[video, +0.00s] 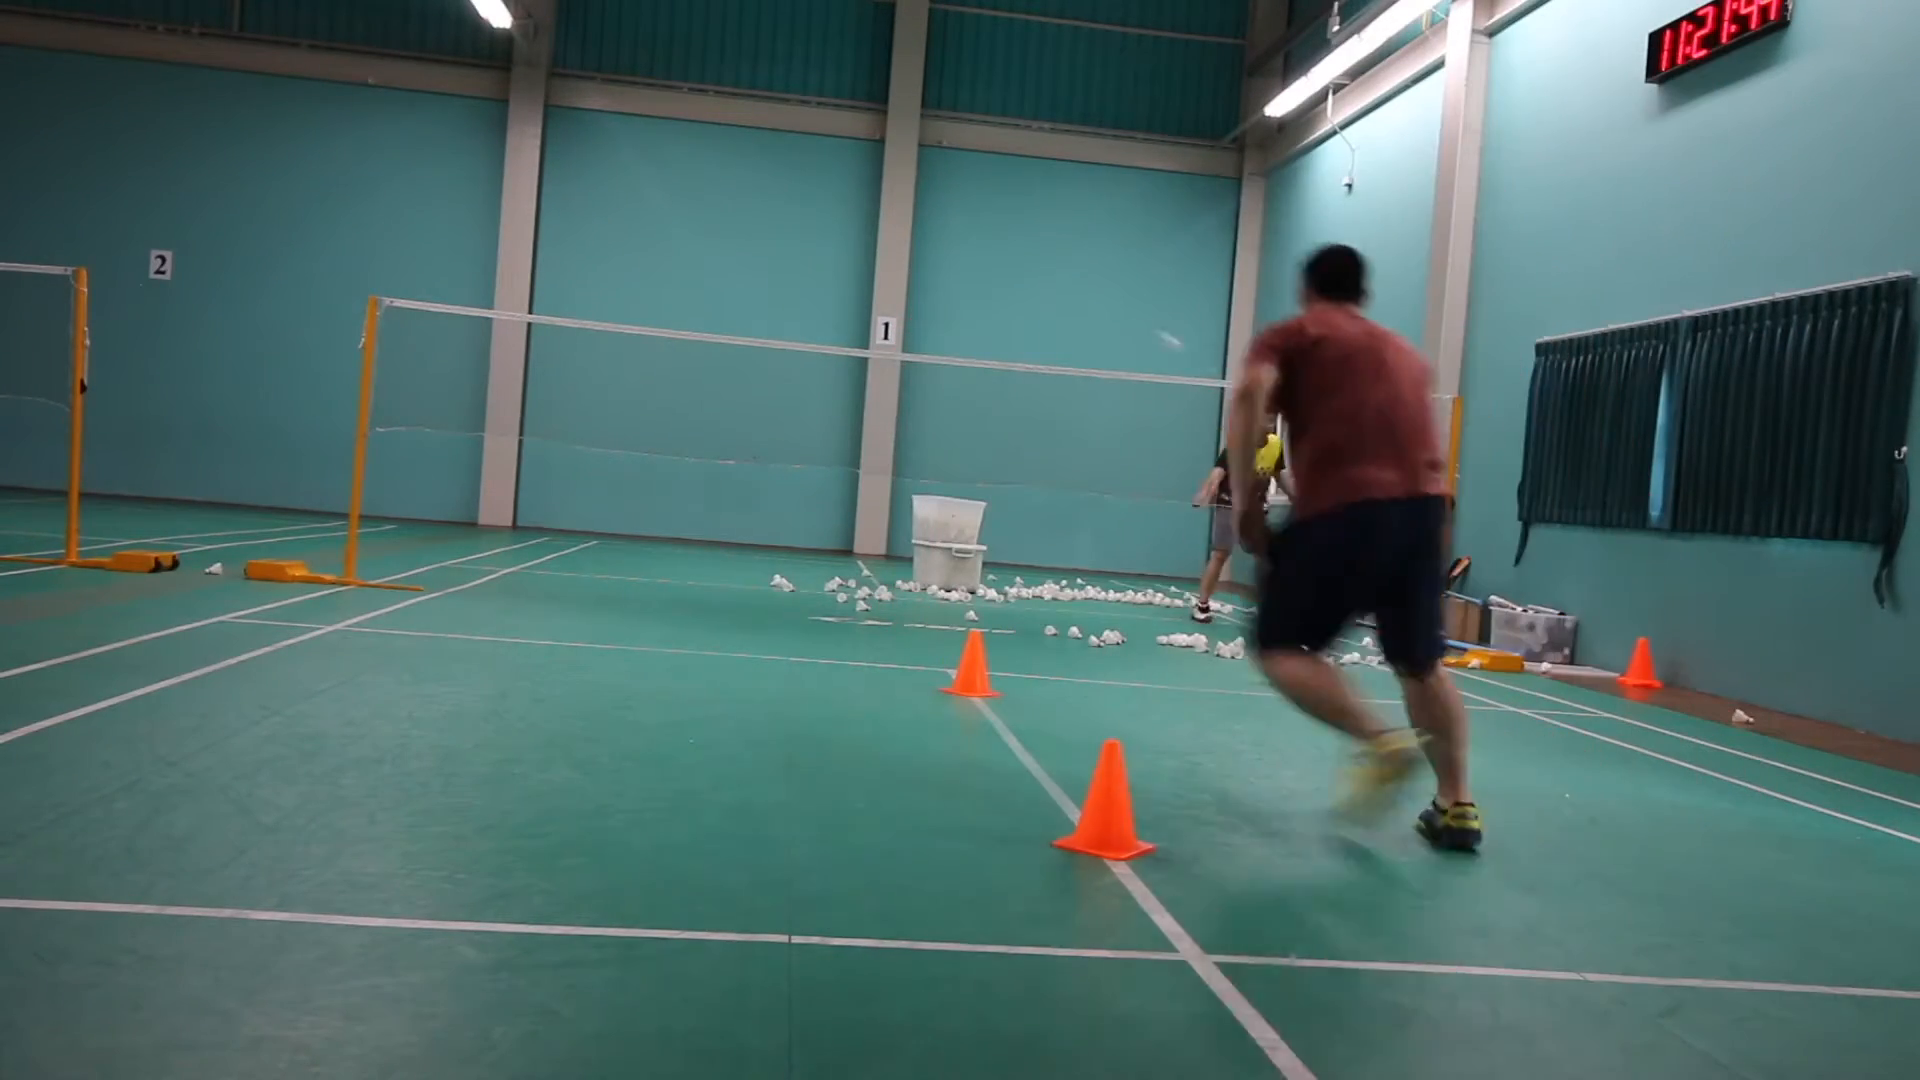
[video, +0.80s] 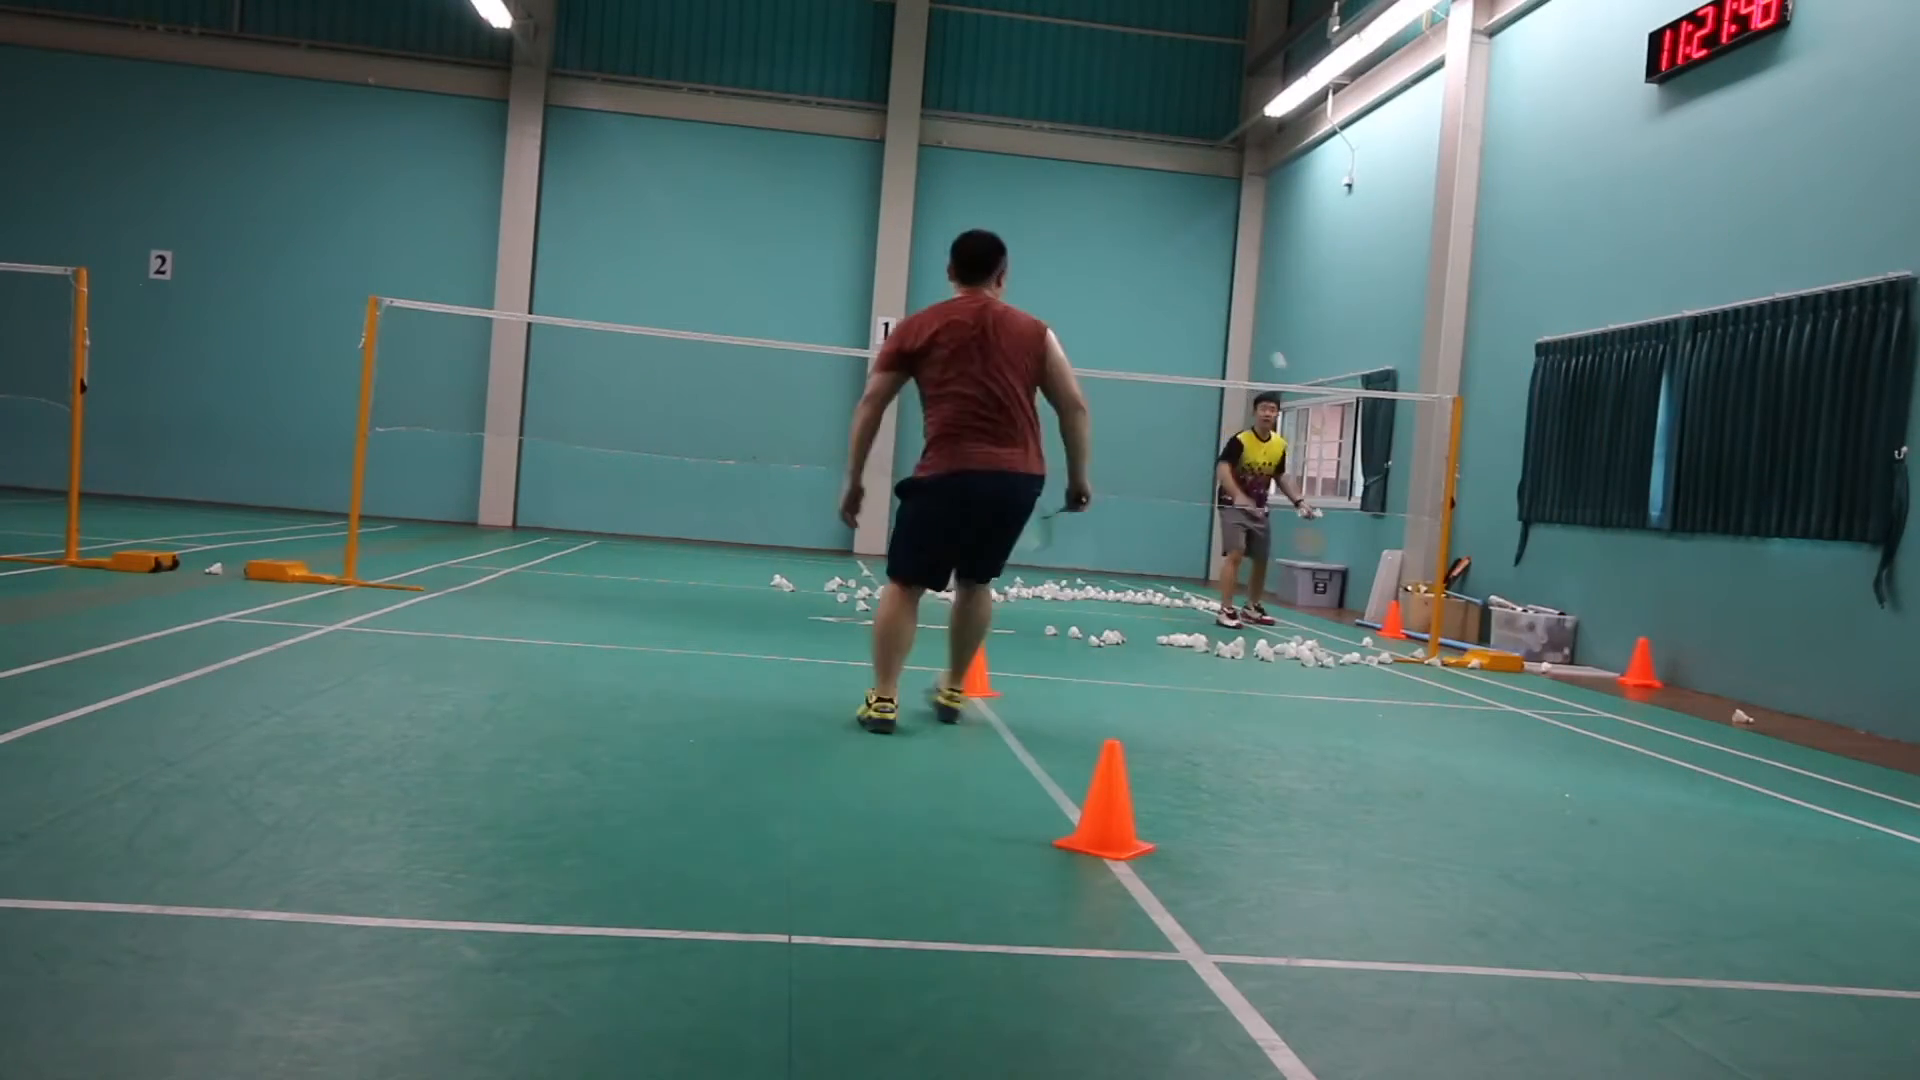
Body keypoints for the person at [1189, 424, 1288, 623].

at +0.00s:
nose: (1270, 420)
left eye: (1273, 415)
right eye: (1265, 414)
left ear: (1277, 419)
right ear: (1254, 416)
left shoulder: (1276, 445)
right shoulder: (1239, 441)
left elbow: (1279, 474)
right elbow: (1221, 467)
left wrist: (1295, 496)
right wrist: (1211, 488)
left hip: (1255, 505)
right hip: (1228, 502)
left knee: (1268, 554)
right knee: (1220, 553)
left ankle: (1270, 608)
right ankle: (1203, 602)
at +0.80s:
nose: (1268, 414)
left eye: (1272, 410)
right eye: (1263, 409)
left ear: (1277, 415)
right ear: (1255, 413)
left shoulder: (1280, 445)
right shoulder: (1240, 441)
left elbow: (1281, 476)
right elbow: (1223, 468)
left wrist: (1299, 501)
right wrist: (1237, 495)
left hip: (1259, 508)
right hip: (1234, 505)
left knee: (1261, 558)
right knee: (1235, 554)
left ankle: (1253, 607)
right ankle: (1226, 608)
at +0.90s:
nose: (1273, 411)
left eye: (1277, 407)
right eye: (1269, 406)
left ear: (1280, 413)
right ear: (1258, 409)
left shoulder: (1276, 441)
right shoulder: (1244, 429)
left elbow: (1274, 475)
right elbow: (1233, 434)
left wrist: (1292, 499)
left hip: (1257, 504)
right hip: (1232, 501)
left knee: (1261, 556)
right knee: (1235, 552)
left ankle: (1253, 605)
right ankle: (1227, 608)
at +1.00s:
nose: (1274, 406)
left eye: (1278, 403)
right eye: (1269, 402)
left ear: (1279, 410)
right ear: (1257, 405)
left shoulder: (1273, 440)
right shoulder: (1246, 426)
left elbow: (1265, 474)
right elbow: (1245, 404)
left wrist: (1283, 495)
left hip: (1257, 502)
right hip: (1233, 499)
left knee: (1260, 554)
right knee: (1238, 552)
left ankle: (1250, 603)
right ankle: (1226, 606)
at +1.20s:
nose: (1274, 408)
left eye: (1277, 404)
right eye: (1269, 404)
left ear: (1280, 411)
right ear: (1257, 409)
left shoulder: (1275, 445)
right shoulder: (1244, 431)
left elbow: (1268, 481)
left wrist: (1284, 506)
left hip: (1258, 505)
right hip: (1234, 502)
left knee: (1258, 556)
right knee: (1231, 553)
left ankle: (1244, 604)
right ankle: (1226, 605)